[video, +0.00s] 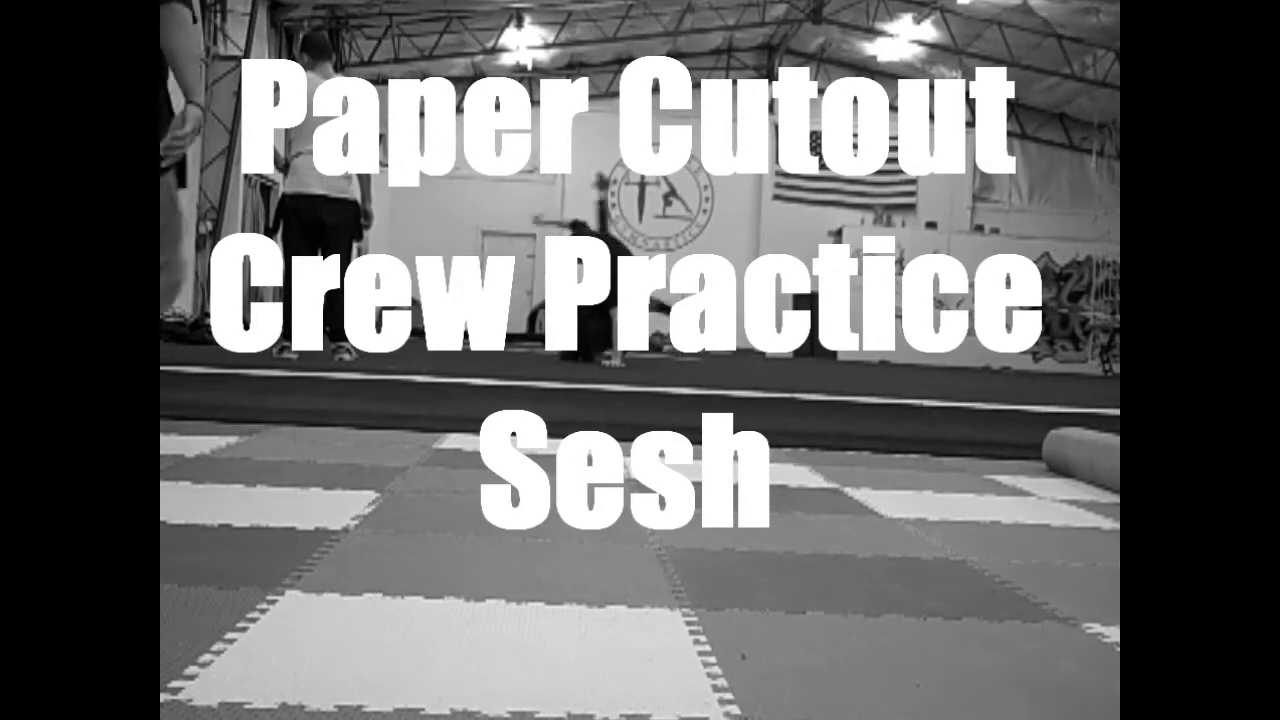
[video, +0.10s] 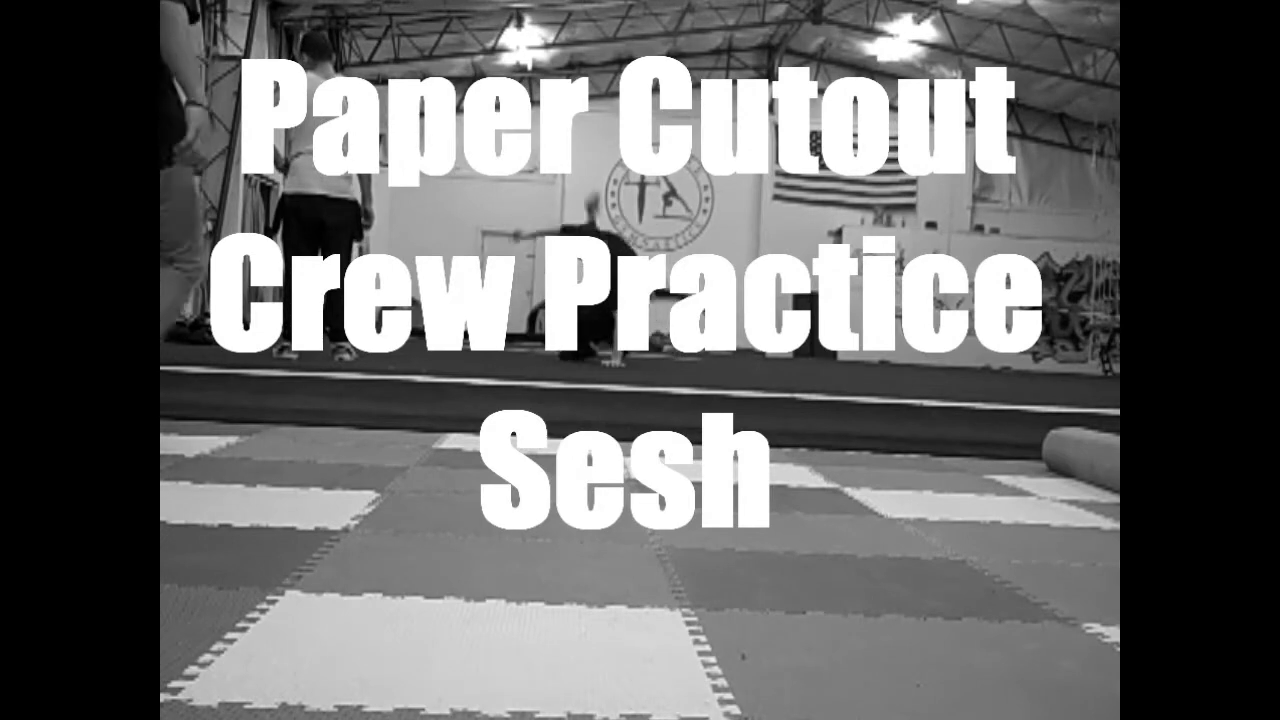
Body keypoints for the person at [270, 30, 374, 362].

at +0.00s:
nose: (301, 61)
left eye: (300, 57)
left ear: (303, 57)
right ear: (333, 57)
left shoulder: (292, 86)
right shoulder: (352, 90)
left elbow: (275, 142)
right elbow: (362, 153)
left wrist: (285, 165)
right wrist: (366, 201)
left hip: (299, 196)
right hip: (340, 196)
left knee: (295, 272)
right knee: (339, 274)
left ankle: (289, 341)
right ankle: (341, 343)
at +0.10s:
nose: (300, 62)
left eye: (300, 58)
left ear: (303, 57)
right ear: (333, 57)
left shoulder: (293, 86)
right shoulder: (352, 90)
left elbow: (276, 142)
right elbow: (363, 153)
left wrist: (285, 164)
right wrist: (367, 202)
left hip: (299, 196)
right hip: (341, 196)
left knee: (295, 272)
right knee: (339, 273)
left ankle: (289, 341)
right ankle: (340, 343)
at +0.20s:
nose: (301, 62)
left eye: (300, 58)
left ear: (303, 57)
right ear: (333, 57)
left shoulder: (293, 86)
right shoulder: (352, 90)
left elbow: (276, 142)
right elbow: (363, 153)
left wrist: (285, 165)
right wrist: (368, 202)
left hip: (299, 195)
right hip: (341, 196)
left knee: (295, 272)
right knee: (339, 273)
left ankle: (289, 341)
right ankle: (340, 343)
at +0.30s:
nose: (301, 62)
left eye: (300, 58)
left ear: (303, 57)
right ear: (334, 57)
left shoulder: (293, 86)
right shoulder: (352, 90)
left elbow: (277, 142)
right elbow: (363, 153)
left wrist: (285, 164)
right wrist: (368, 202)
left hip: (299, 195)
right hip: (341, 196)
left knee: (295, 272)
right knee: (339, 273)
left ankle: (289, 341)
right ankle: (340, 343)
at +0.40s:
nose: (301, 63)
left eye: (300, 59)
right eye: (302, 59)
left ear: (304, 57)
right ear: (334, 57)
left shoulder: (294, 87)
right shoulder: (353, 90)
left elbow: (278, 145)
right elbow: (363, 153)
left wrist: (285, 164)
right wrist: (368, 202)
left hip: (299, 196)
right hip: (341, 196)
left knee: (295, 271)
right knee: (340, 273)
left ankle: (288, 341)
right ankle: (340, 342)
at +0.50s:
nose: (301, 63)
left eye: (300, 59)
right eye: (302, 59)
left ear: (304, 57)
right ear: (334, 57)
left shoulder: (294, 87)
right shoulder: (353, 90)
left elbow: (279, 145)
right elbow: (364, 153)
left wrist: (284, 164)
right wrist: (368, 202)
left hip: (300, 196)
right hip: (341, 196)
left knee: (295, 271)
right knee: (340, 273)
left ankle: (288, 341)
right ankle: (340, 342)